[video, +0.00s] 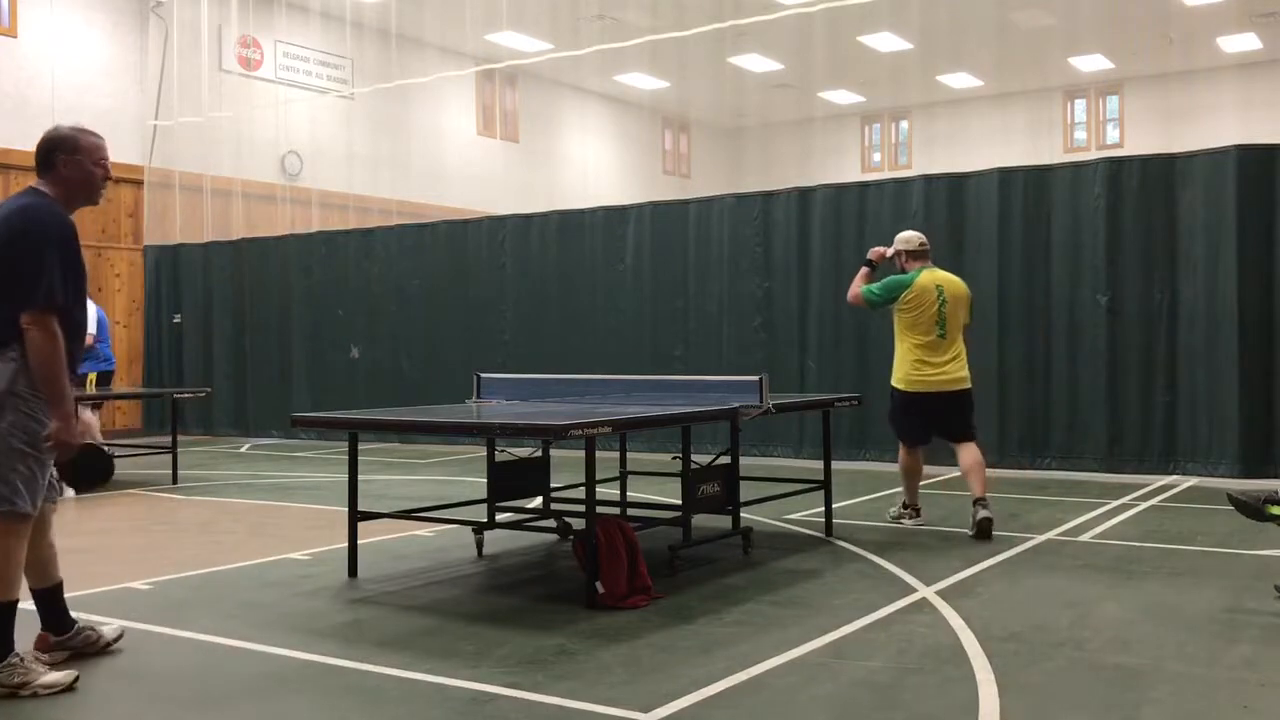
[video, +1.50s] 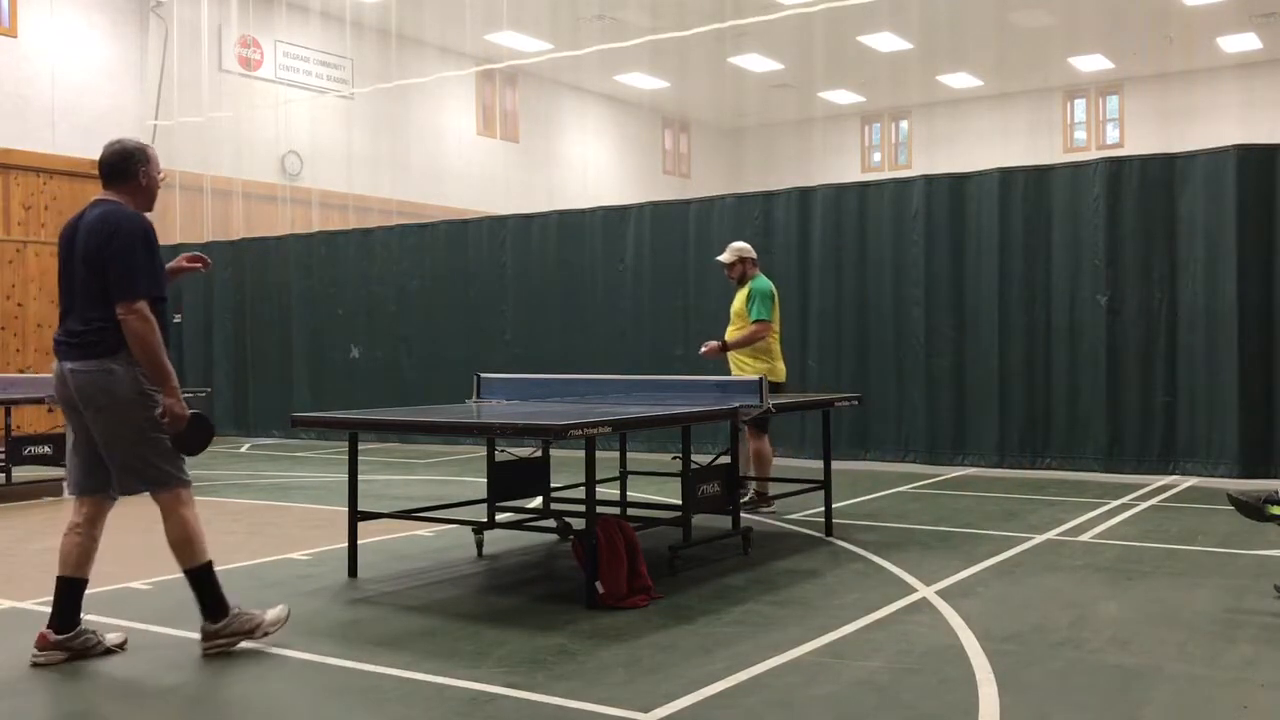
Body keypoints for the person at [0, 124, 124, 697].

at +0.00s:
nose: (108, 173)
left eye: (107, 163)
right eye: (99, 162)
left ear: (59, 165)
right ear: (62, 165)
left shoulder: (31, 214)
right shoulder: (41, 219)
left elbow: (36, 322)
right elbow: (37, 322)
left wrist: (69, 409)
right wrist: (63, 414)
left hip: (25, 380)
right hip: (20, 383)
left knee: (37, 509)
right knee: (13, 516)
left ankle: (58, 628)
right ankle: (5, 658)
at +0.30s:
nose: (100, 173)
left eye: (102, 163)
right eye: (90, 161)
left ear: (62, 165)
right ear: (52, 161)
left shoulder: (44, 218)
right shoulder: (27, 218)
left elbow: (38, 322)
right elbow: (16, 322)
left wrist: (64, 401)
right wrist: (37, 408)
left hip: (37, 393)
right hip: (18, 398)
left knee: (39, 514)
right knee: (13, 522)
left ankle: (57, 628)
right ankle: (5, 660)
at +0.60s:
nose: (111, 169)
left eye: (110, 159)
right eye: (100, 158)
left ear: (67, 165)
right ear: (63, 163)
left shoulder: (57, 219)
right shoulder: (38, 219)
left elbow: (56, 322)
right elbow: (29, 323)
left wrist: (81, 404)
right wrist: (49, 411)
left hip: (56, 390)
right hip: (27, 390)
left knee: (67, 499)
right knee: (21, 514)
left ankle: (62, 628)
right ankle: (6, 658)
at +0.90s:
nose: (127, 178)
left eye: (125, 169)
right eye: (121, 169)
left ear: (83, 171)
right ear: (95, 172)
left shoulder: (58, 221)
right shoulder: (67, 226)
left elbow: (75, 321)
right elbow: (69, 324)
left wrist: (111, 386)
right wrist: (99, 406)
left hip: (58, 377)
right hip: (53, 381)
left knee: (98, 499)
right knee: (56, 513)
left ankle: (65, 629)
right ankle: (7, 652)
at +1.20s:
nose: (136, 180)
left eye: (135, 171)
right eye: (132, 171)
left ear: (83, 174)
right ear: (112, 175)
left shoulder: (57, 222)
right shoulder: (97, 224)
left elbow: (79, 306)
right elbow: (103, 312)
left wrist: (147, 302)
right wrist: (146, 389)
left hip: (55, 374)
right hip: (85, 375)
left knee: (87, 503)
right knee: (136, 493)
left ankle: (65, 625)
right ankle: (61, 621)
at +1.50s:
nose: (160, 183)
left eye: (158, 175)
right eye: (157, 174)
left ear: (105, 176)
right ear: (143, 175)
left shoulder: (77, 225)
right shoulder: (130, 225)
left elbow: (104, 292)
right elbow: (134, 313)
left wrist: (167, 271)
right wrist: (171, 390)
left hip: (74, 374)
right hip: (116, 375)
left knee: (90, 502)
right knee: (174, 493)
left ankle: (61, 630)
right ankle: (220, 618)